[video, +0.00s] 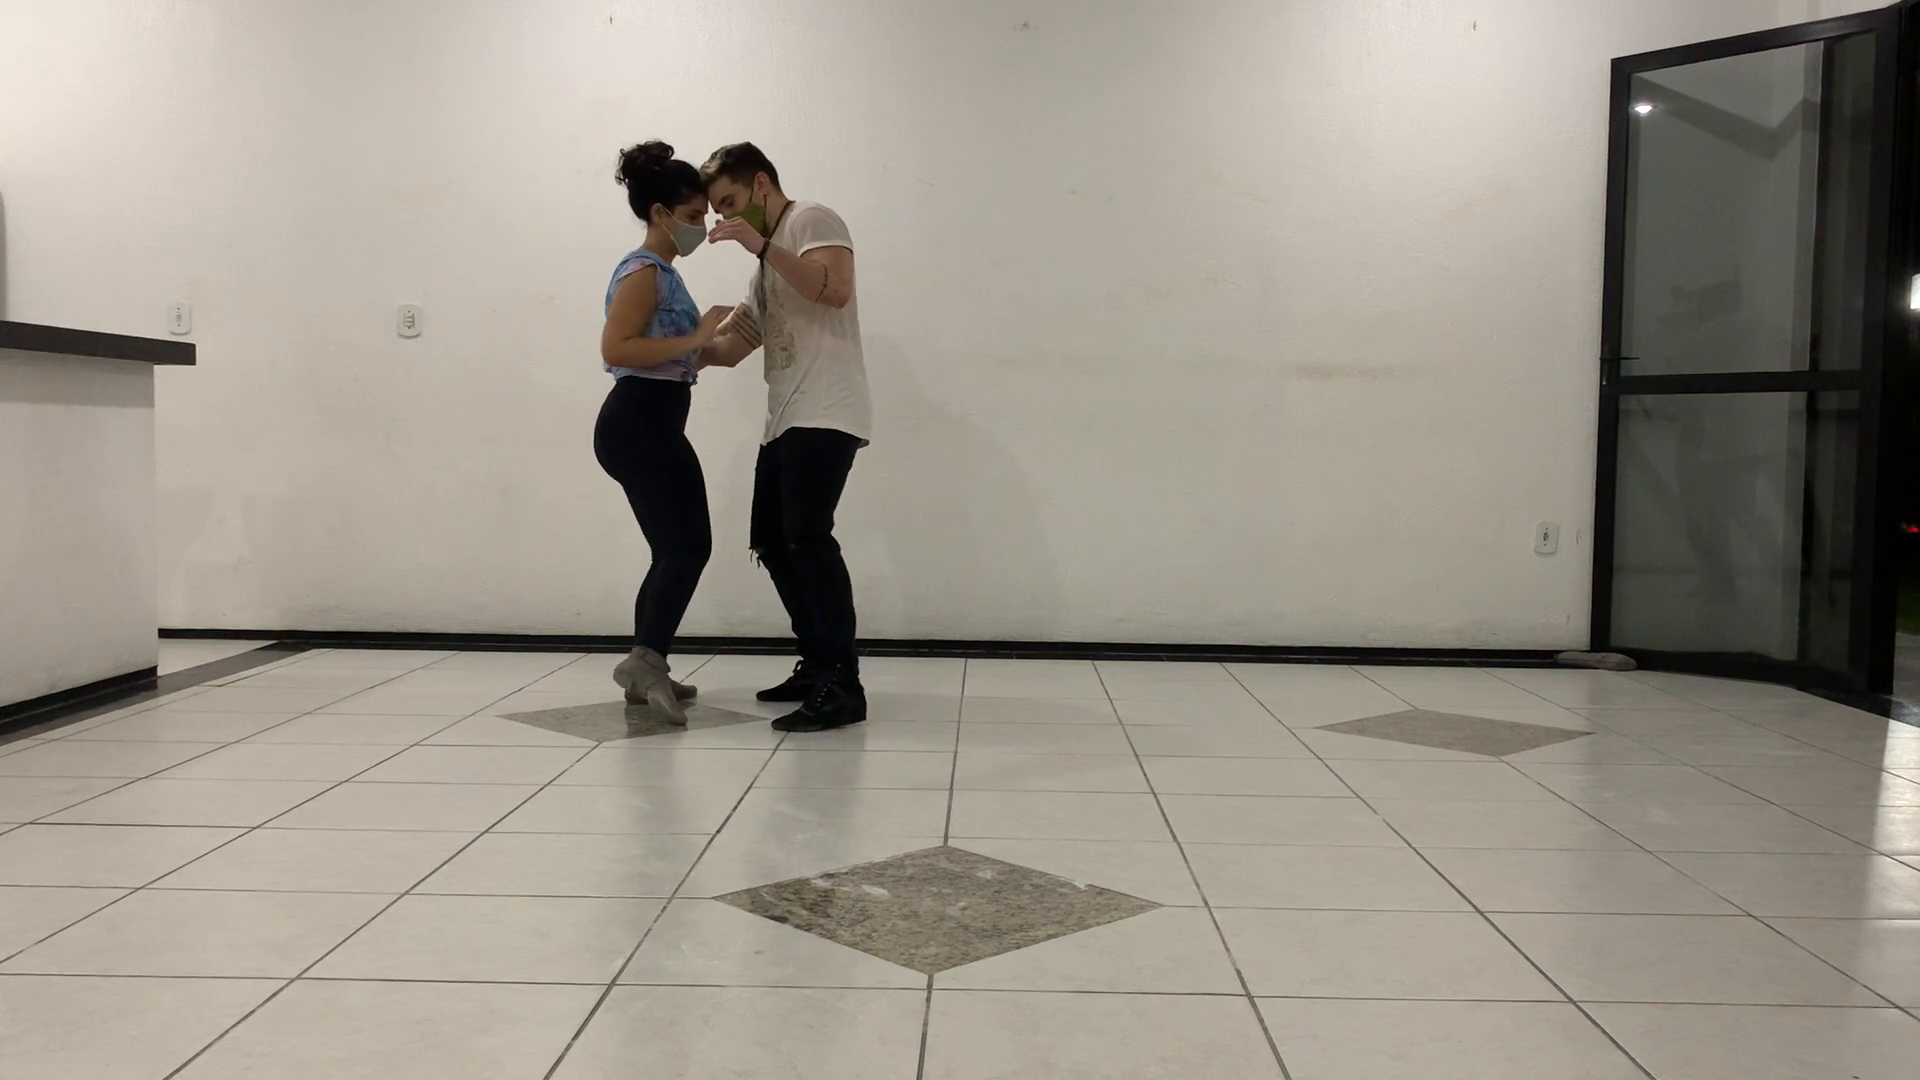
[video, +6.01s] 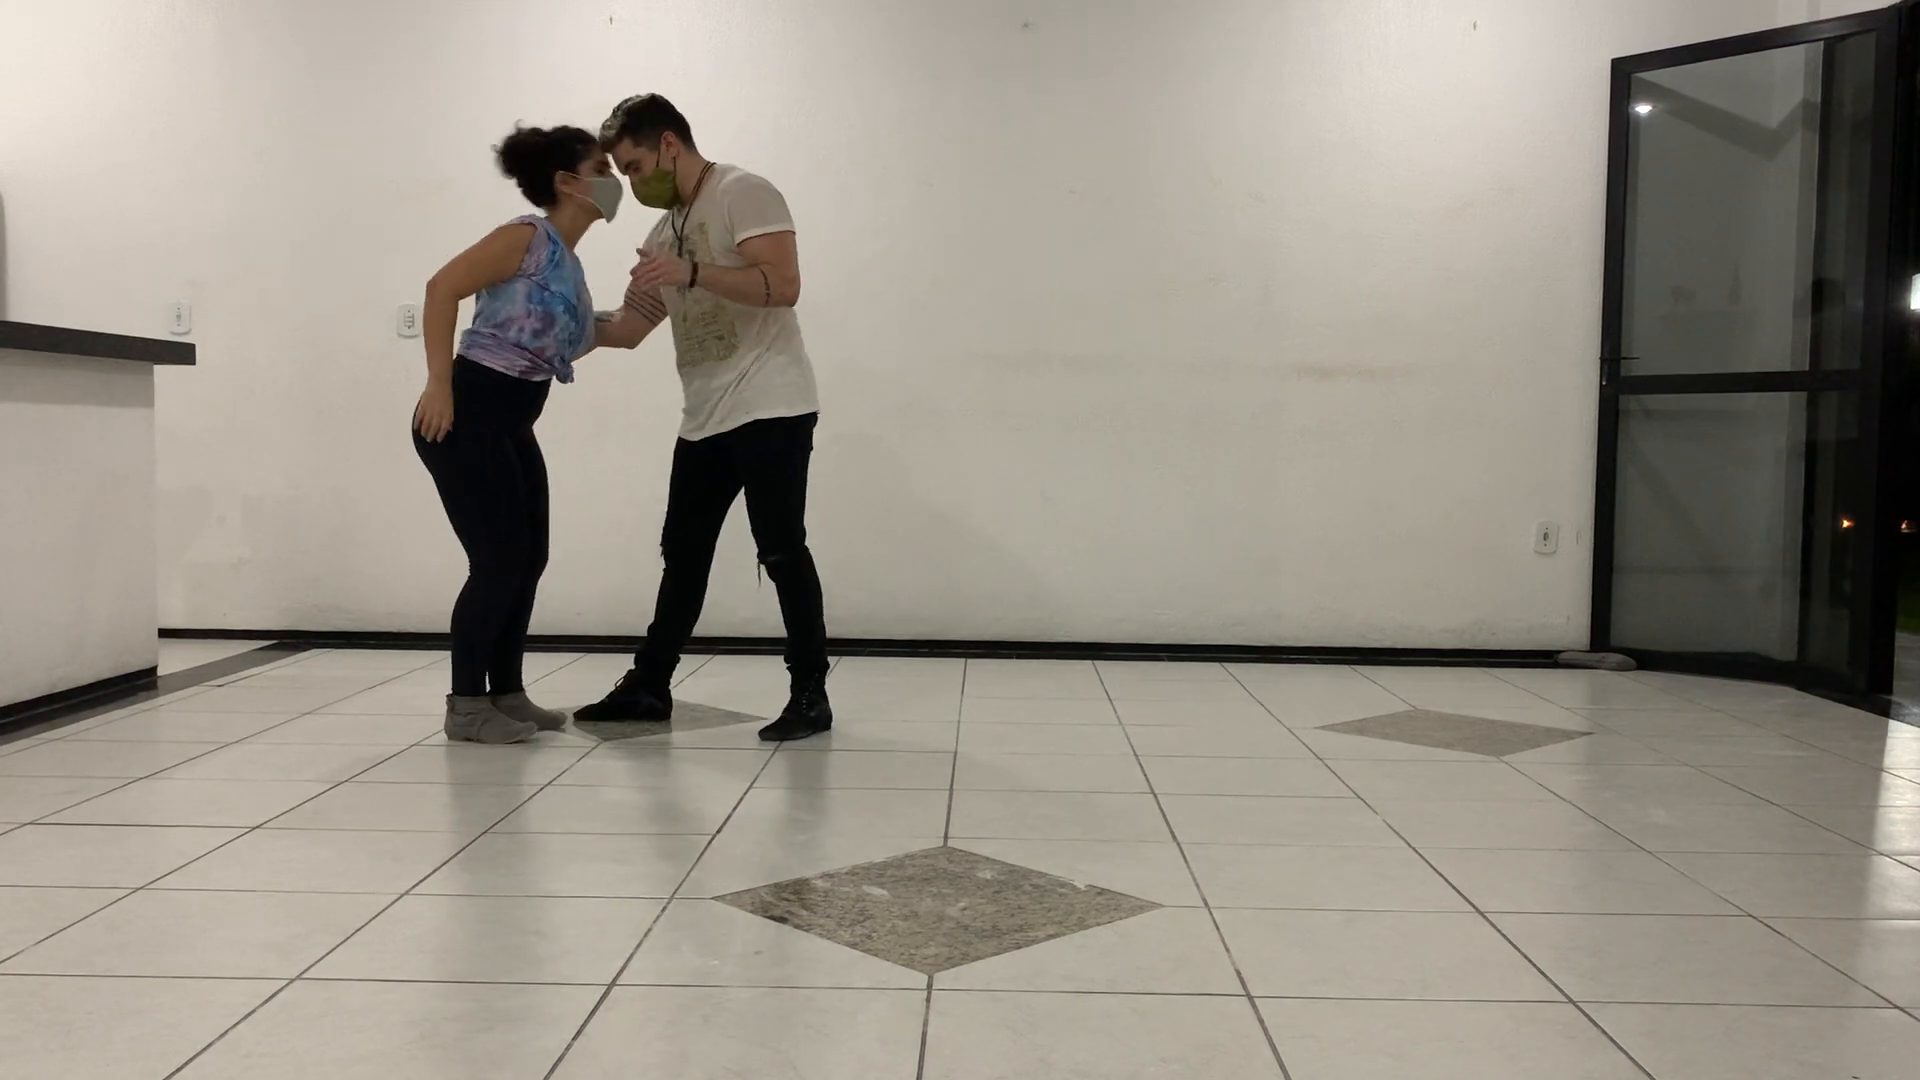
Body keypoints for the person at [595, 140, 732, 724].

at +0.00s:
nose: (703, 228)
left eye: (705, 217)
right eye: (694, 218)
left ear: (665, 214)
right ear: (659, 215)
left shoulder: (660, 273)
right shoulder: (644, 274)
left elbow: (660, 353)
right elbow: (616, 349)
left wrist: (711, 341)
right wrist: (695, 337)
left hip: (644, 426)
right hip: (641, 429)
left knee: (676, 548)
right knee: (687, 546)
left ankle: (648, 666)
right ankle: (647, 660)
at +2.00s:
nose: (695, 234)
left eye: (699, 224)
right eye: (684, 223)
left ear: (699, 225)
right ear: (654, 225)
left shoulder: (674, 290)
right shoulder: (636, 274)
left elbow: (703, 369)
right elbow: (591, 339)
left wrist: (754, 361)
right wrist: (608, 421)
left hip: (681, 428)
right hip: (647, 426)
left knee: (697, 552)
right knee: (668, 551)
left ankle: (651, 670)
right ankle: (653, 679)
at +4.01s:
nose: (711, 221)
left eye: (716, 209)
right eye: (698, 209)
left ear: (720, 208)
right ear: (668, 210)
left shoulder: (698, 278)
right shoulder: (641, 270)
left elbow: (704, 358)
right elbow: (622, 351)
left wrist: (743, 335)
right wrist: (617, 296)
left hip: (680, 423)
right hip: (642, 419)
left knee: (688, 543)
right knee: (677, 537)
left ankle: (655, 665)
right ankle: (650, 668)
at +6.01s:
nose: (615, 179)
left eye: (612, 169)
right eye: (603, 170)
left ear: (573, 185)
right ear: (566, 181)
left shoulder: (568, 273)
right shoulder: (525, 239)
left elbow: (626, 333)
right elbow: (441, 290)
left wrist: (668, 279)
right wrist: (439, 384)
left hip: (512, 421)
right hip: (467, 411)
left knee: (528, 555)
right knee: (498, 555)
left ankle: (506, 695)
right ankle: (467, 705)